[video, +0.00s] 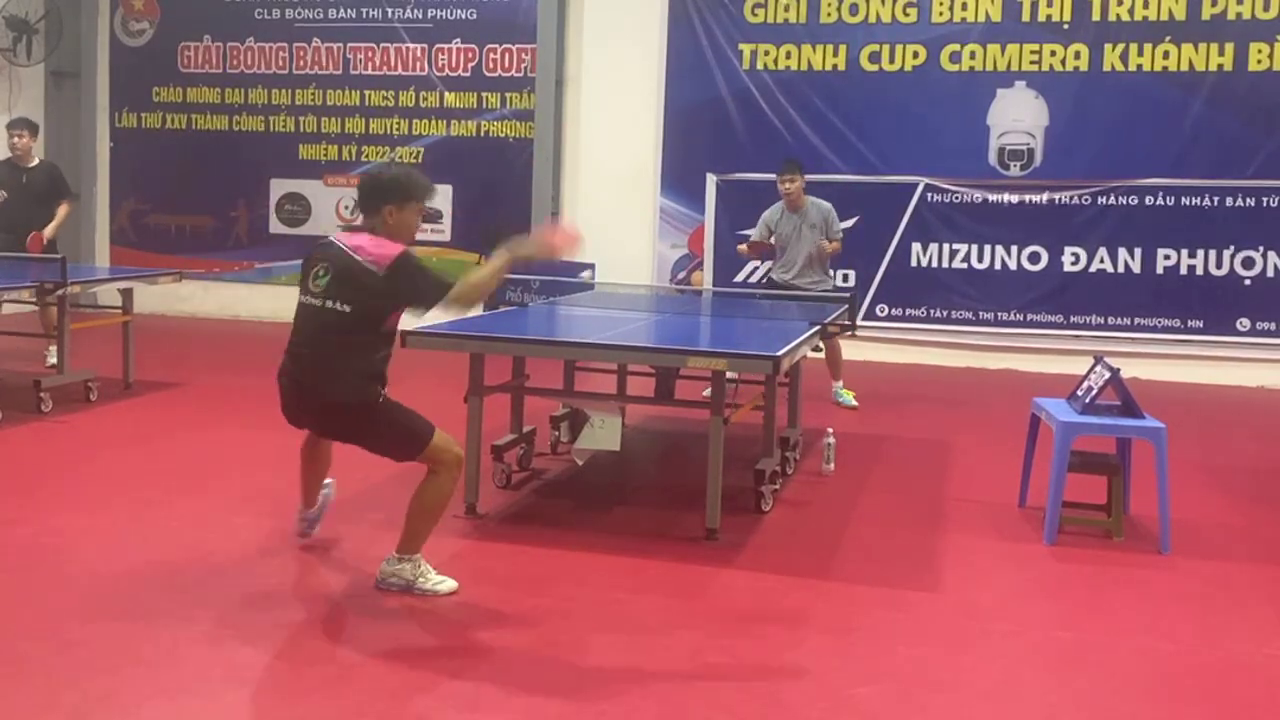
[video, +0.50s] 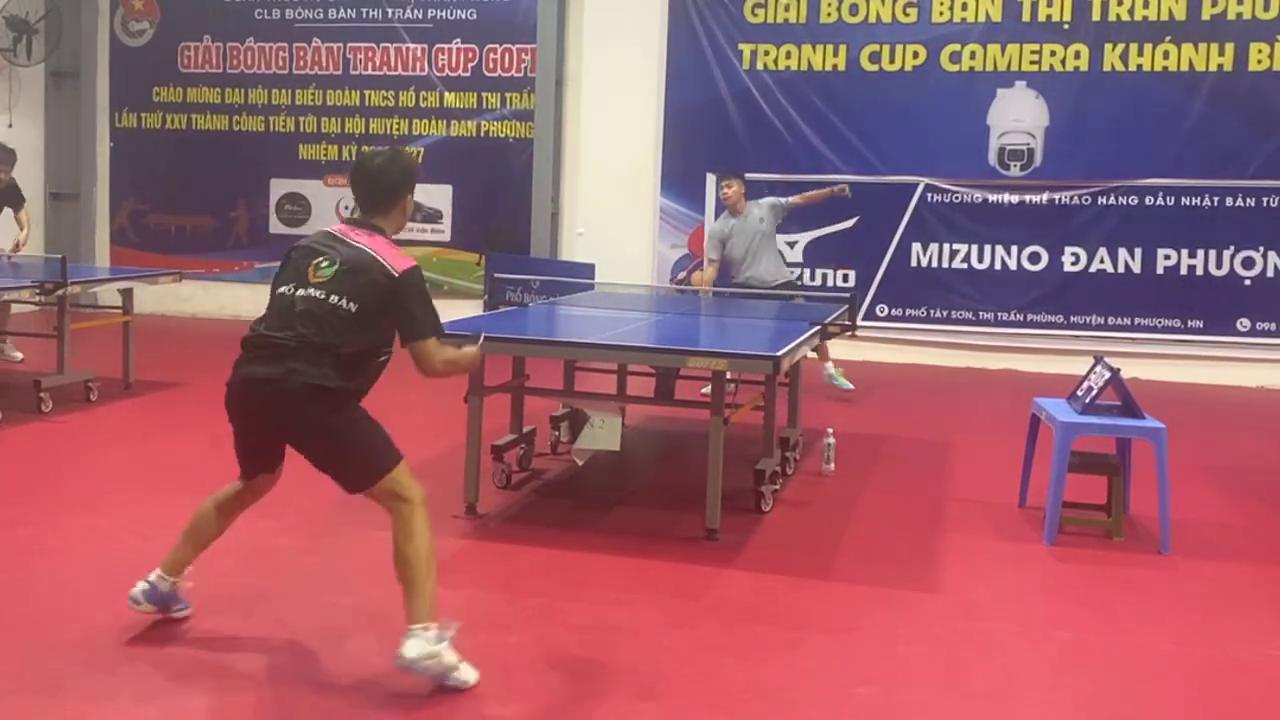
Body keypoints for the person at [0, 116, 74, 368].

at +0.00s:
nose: (14, 141)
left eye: (20, 137)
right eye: (11, 137)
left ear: (33, 140)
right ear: (7, 140)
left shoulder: (48, 170)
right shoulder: (3, 168)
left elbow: (66, 202)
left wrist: (50, 229)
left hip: (40, 247)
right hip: (7, 247)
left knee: (46, 296)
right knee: (1, 295)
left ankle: (52, 346)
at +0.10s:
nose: (9, 143)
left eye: (15, 139)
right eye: (6, 139)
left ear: (28, 142)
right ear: (2, 142)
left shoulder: (43, 174)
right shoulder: (2, 169)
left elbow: (57, 207)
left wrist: (49, 231)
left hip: (32, 253)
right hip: (4, 253)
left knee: (42, 298)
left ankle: (52, 345)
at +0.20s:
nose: (3, 148)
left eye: (9, 144)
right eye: (0, 143)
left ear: (21, 147)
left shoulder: (31, 177)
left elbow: (42, 206)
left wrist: (44, 231)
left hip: (22, 254)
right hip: (1, 254)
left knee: (35, 298)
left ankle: (51, 345)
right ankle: (51, 344)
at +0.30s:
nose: (2, 155)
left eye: (7, 151)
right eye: (0, 150)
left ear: (15, 155)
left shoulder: (18, 179)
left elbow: (25, 208)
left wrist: (32, 232)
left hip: (9, 252)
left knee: (25, 298)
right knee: (23, 299)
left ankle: (44, 346)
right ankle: (44, 346)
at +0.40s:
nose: (3, 165)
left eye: (6, 160)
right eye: (1, 160)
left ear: (12, 161)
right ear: (0, 160)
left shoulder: (12, 181)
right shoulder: (9, 181)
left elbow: (16, 208)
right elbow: (17, 208)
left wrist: (24, 233)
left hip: (3, 249)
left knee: (12, 294)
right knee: (11, 295)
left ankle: (25, 343)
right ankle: (24, 344)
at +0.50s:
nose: (4, 177)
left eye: (7, 172)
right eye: (2, 172)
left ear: (11, 171)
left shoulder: (10, 186)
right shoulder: (8, 187)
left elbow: (19, 208)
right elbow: (19, 208)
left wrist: (24, 232)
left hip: (2, 253)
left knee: (5, 295)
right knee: (4, 297)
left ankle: (4, 340)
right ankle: (4, 340)